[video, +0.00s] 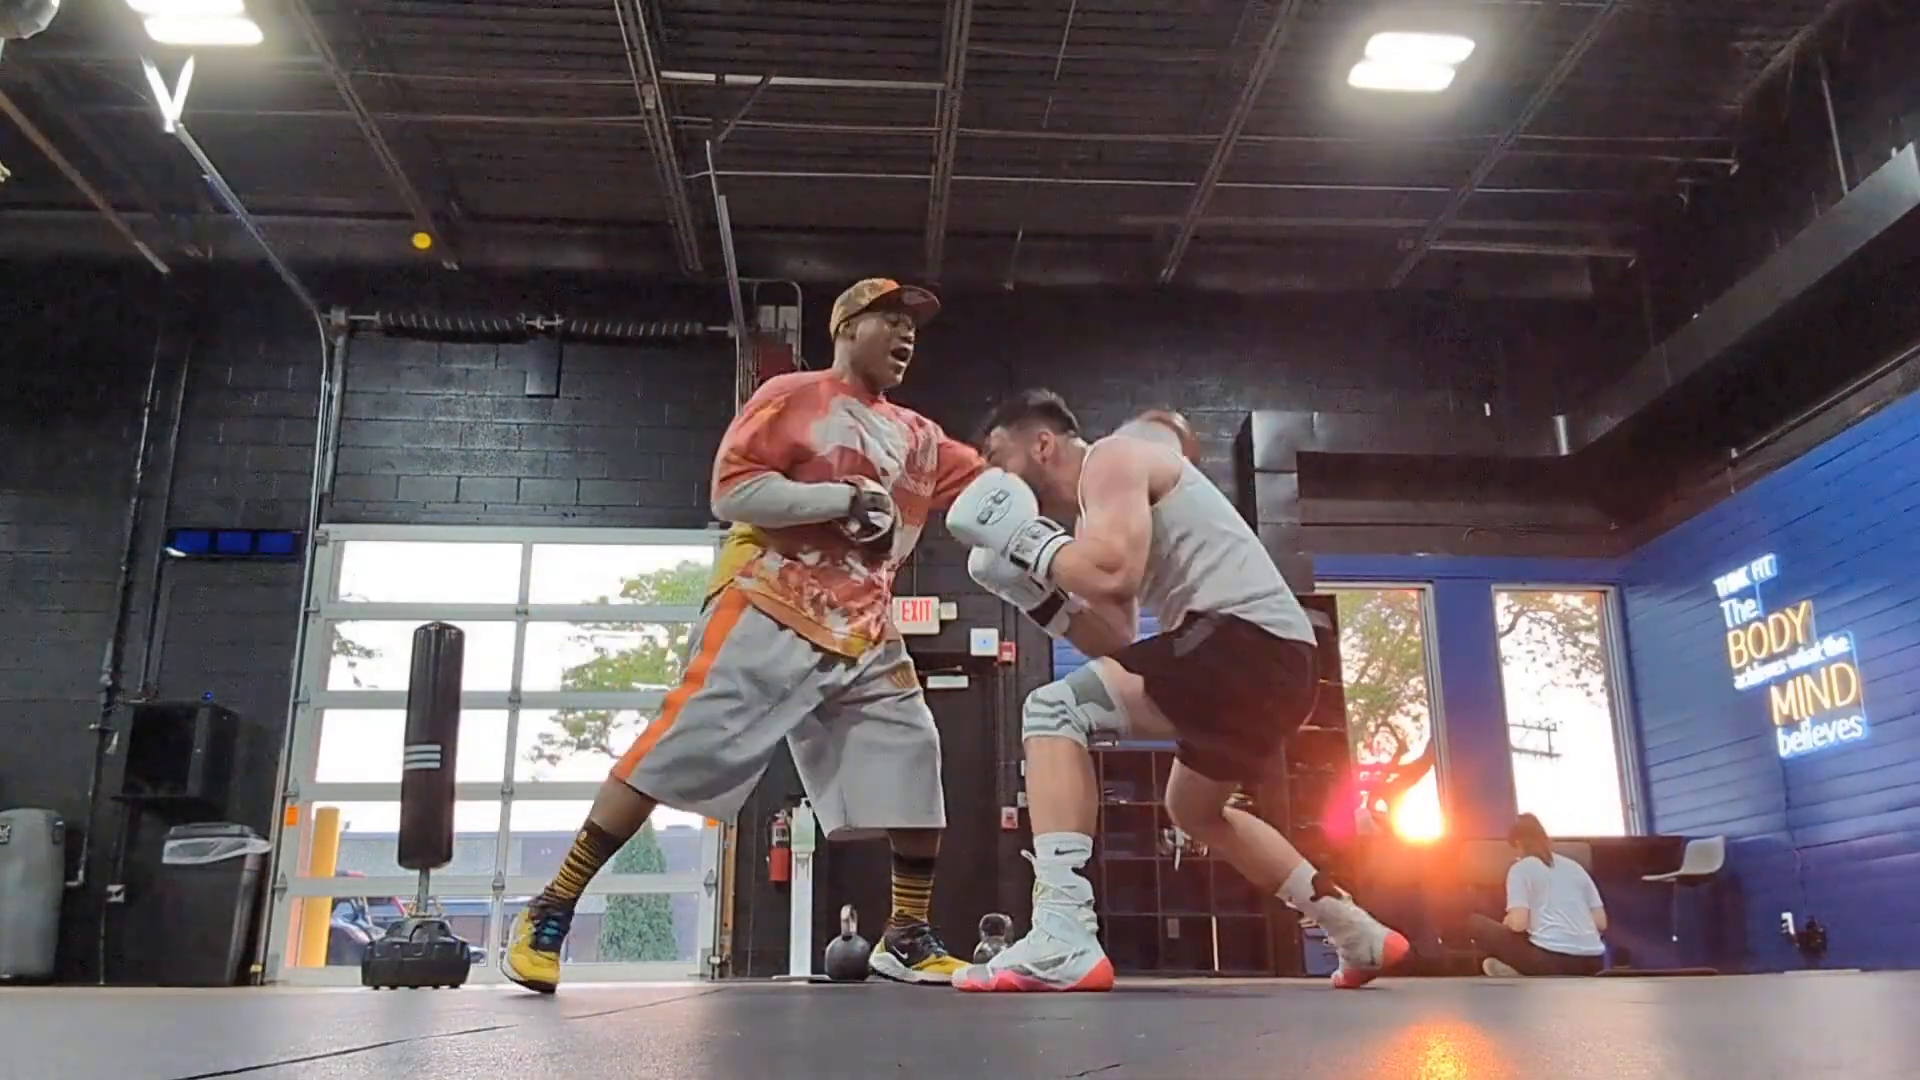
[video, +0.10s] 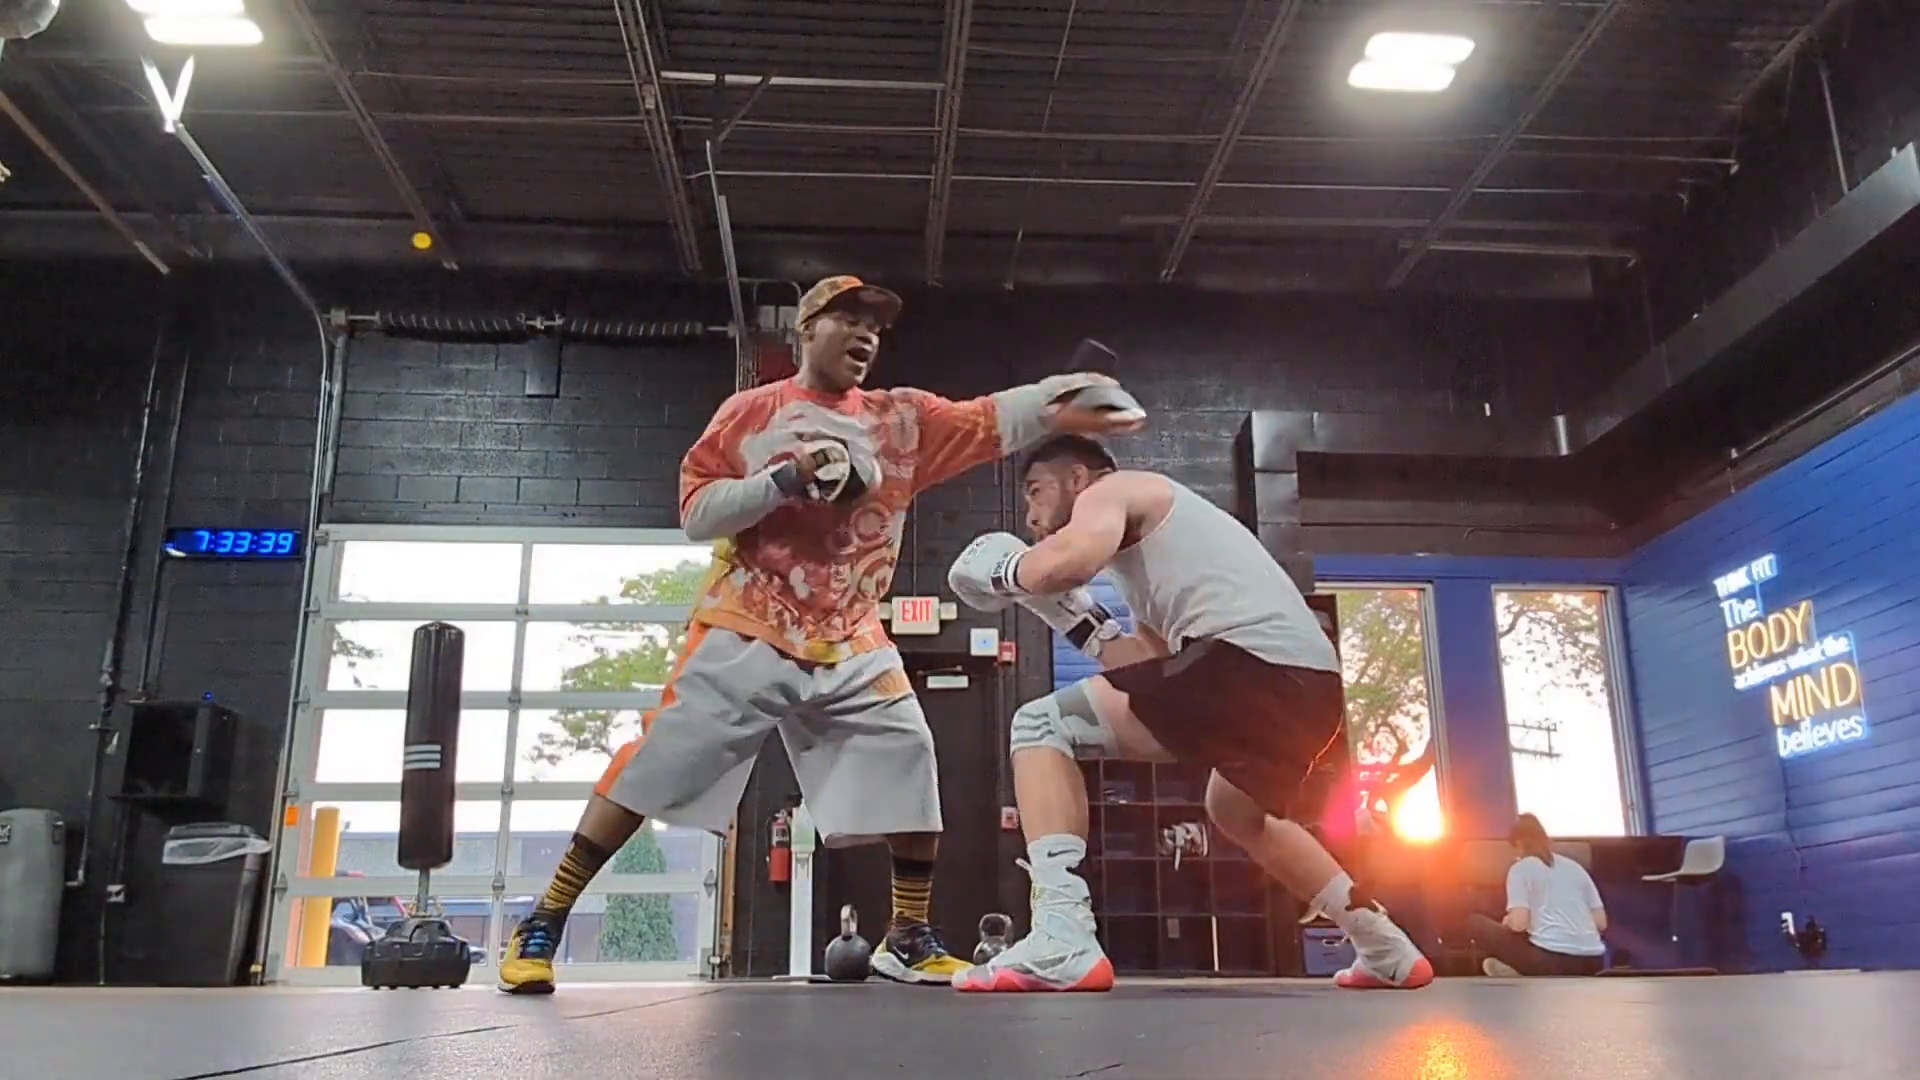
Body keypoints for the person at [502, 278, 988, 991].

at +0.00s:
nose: (907, 337)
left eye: (912, 329)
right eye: (893, 322)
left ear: (909, 345)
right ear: (847, 328)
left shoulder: (920, 437)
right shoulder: (790, 394)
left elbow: (1004, 491)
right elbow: (733, 493)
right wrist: (844, 498)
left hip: (865, 628)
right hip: (770, 604)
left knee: (917, 749)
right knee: (683, 741)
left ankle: (908, 931)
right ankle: (554, 909)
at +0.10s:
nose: (864, 333)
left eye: (873, 325)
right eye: (849, 317)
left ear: (878, 343)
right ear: (806, 326)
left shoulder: (904, 415)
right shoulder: (751, 411)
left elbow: (994, 418)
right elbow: (699, 514)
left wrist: (1074, 385)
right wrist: (781, 479)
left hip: (853, 630)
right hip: (748, 617)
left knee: (911, 746)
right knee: (665, 753)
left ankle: (908, 935)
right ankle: (545, 921)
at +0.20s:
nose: (818, 332)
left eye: (827, 324)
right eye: (800, 315)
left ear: (831, 341)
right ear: (756, 325)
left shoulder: (859, 415)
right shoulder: (709, 423)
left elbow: (954, 430)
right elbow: (673, 519)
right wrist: (741, 445)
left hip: (842, 629)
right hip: (734, 625)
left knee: (906, 750)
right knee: (642, 761)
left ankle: (909, 935)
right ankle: (539, 935)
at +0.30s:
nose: (801, 320)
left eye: (808, 310)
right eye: (782, 303)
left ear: (814, 327)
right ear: (737, 313)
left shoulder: (840, 418)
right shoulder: (690, 408)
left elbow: (892, 498)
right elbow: (668, 484)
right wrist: (708, 378)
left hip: (831, 623)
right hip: (721, 619)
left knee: (893, 756)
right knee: (632, 762)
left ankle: (903, 937)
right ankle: (534, 936)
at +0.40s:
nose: (821, 329)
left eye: (824, 320)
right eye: (804, 313)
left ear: (821, 336)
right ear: (751, 318)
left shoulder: (828, 422)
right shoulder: (707, 399)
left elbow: (816, 524)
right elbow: (749, 459)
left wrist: (847, 559)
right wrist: (745, 341)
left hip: (824, 626)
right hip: (726, 624)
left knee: (888, 768)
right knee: (646, 769)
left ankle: (900, 938)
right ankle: (539, 934)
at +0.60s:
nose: (797, 327)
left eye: (795, 317)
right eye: (781, 313)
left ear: (765, 331)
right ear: (733, 321)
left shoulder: (783, 424)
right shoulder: (689, 393)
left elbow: (813, 532)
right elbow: (743, 465)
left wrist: (892, 480)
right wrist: (845, 404)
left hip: (800, 620)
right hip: (711, 619)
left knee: (862, 765)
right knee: (634, 772)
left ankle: (897, 937)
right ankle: (530, 936)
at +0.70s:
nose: (762, 309)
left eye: (766, 301)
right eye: (745, 295)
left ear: (767, 324)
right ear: (698, 310)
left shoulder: (789, 409)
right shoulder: (655, 397)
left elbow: (867, 480)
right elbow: (657, 484)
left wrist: (966, 442)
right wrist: (764, 447)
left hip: (786, 616)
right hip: (687, 612)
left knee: (846, 765)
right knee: (618, 768)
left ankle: (871, 936)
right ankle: (527, 937)